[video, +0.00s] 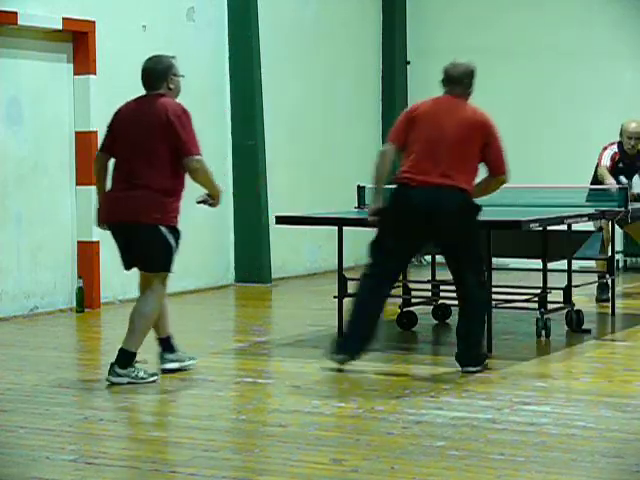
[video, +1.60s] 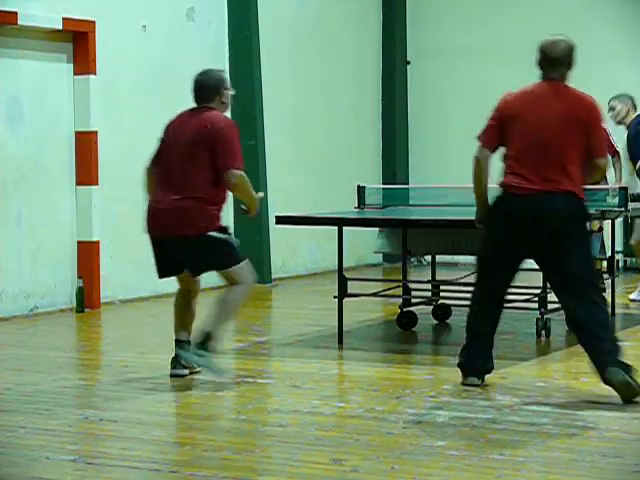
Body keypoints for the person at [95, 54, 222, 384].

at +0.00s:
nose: (181, 82)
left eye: (179, 77)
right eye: (178, 78)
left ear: (148, 82)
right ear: (169, 81)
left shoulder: (124, 112)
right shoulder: (174, 111)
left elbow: (101, 160)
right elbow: (193, 165)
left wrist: (103, 201)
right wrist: (214, 189)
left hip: (118, 212)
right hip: (155, 213)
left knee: (153, 283)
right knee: (153, 287)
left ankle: (169, 352)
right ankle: (123, 364)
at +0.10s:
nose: (172, 78)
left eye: (172, 73)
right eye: (170, 73)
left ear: (139, 77)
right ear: (159, 76)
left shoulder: (115, 106)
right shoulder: (163, 107)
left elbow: (93, 154)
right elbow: (173, 158)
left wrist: (87, 198)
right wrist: (197, 187)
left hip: (110, 209)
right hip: (144, 212)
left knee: (137, 281)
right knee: (145, 284)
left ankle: (131, 354)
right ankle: (123, 364)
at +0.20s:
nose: (163, 78)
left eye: (162, 72)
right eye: (160, 72)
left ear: (130, 76)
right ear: (148, 75)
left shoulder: (106, 106)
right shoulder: (151, 105)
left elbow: (85, 154)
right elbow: (157, 155)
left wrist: (78, 198)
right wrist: (182, 190)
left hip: (100, 210)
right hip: (136, 213)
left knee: (114, 279)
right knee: (138, 284)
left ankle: (90, 349)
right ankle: (123, 365)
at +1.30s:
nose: (188, 82)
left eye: (188, 77)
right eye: (186, 77)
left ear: (156, 80)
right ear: (176, 80)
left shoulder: (130, 109)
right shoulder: (178, 111)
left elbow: (104, 155)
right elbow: (190, 163)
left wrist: (104, 196)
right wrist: (213, 192)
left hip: (115, 210)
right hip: (152, 213)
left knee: (137, 277)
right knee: (160, 288)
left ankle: (112, 344)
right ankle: (139, 365)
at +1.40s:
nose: (203, 84)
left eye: (202, 79)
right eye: (201, 79)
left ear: (171, 82)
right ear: (191, 82)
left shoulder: (145, 110)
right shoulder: (195, 113)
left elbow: (115, 155)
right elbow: (211, 166)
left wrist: (109, 199)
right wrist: (231, 191)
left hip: (130, 211)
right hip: (165, 214)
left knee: (162, 280)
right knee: (167, 288)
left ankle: (160, 346)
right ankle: (140, 365)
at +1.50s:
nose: (217, 89)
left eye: (215, 83)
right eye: (214, 84)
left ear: (184, 88)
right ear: (205, 88)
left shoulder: (159, 116)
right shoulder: (208, 118)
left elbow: (131, 161)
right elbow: (222, 169)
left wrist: (124, 205)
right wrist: (243, 193)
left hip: (147, 216)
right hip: (182, 218)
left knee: (177, 286)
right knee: (205, 289)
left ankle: (181, 357)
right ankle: (155, 349)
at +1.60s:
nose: (232, 95)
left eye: (231, 90)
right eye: (229, 91)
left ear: (198, 96)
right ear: (220, 95)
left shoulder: (177, 123)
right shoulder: (222, 125)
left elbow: (153, 171)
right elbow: (233, 177)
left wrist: (160, 206)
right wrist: (252, 202)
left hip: (161, 223)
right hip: (198, 223)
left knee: (188, 284)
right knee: (244, 280)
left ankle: (181, 356)